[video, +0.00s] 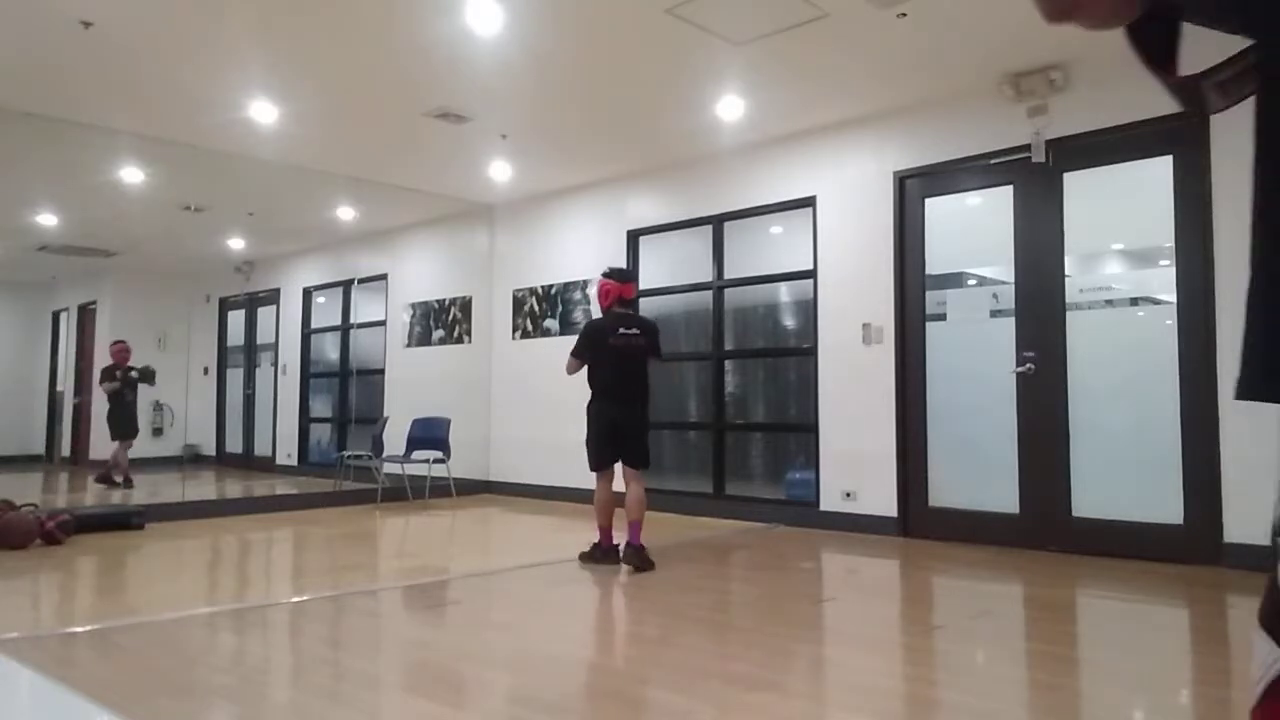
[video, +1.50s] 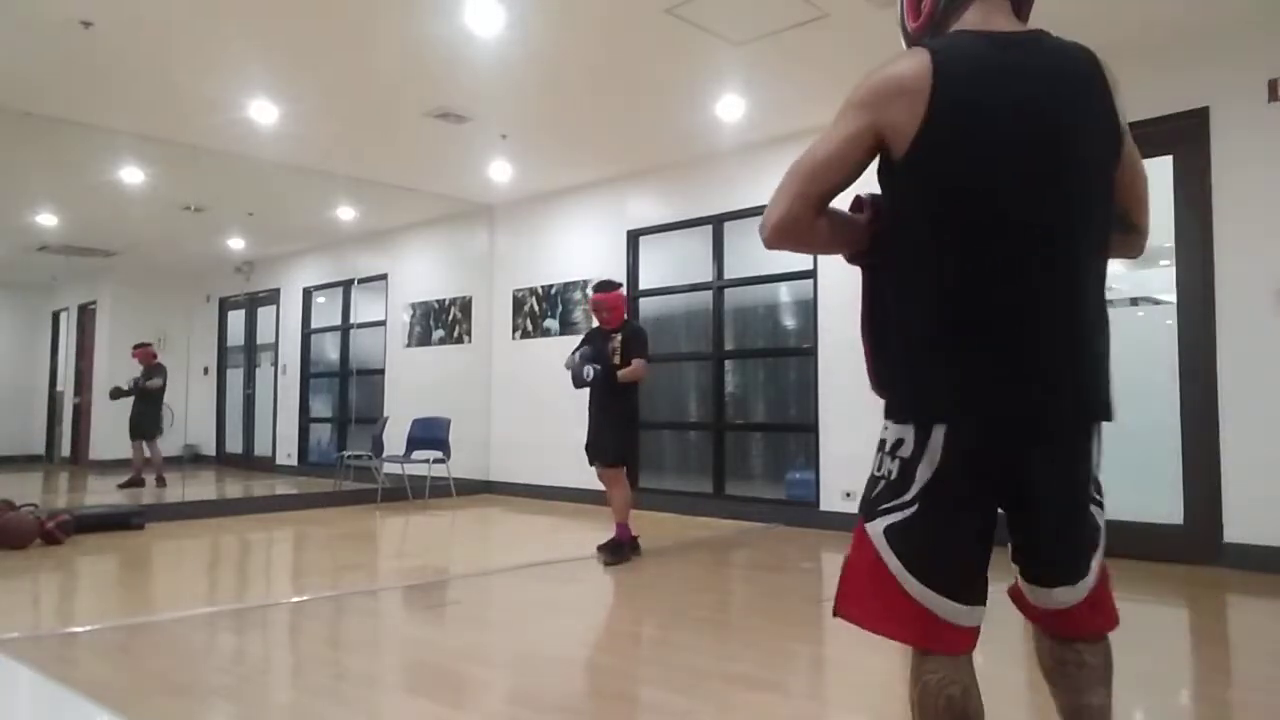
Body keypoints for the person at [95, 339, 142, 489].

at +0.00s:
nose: (124, 355)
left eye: (126, 351)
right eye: (120, 352)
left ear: (130, 353)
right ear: (112, 355)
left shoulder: (132, 371)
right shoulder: (108, 371)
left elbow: (148, 379)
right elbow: (106, 388)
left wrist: (147, 374)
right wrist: (123, 381)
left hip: (130, 411)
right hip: (117, 411)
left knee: (127, 443)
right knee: (124, 443)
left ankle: (106, 473)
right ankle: (126, 476)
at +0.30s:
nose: (135, 359)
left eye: (136, 356)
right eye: (132, 356)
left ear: (139, 356)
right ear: (123, 357)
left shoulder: (144, 370)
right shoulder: (115, 371)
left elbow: (163, 380)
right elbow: (114, 387)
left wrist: (153, 385)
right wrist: (124, 379)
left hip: (142, 411)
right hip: (124, 412)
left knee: (153, 438)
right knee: (125, 445)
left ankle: (146, 470)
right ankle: (126, 477)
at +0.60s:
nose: (136, 361)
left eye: (140, 357)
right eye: (134, 357)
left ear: (147, 356)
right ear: (132, 357)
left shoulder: (158, 369)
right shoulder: (128, 371)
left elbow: (174, 381)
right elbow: (121, 390)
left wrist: (158, 389)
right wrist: (128, 379)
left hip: (151, 413)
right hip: (132, 413)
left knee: (154, 444)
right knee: (130, 445)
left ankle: (160, 475)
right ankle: (127, 478)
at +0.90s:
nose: (143, 362)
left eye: (145, 359)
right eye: (142, 359)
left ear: (154, 357)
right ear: (143, 358)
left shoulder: (168, 369)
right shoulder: (144, 371)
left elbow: (175, 382)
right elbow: (140, 388)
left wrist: (158, 393)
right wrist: (130, 389)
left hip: (160, 412)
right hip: (143, 411)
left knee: (160, 444)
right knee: (135, 444)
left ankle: (161, 476)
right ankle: (129, 478)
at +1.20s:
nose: (145, 362)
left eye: (146, 358)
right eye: (143, 359)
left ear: (155, 355)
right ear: (149, 358)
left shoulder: (168, 369)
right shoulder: (151, 372)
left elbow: (168, 385)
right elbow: (149, 391)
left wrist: (149, 395)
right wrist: (135, 391)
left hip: (161, 411)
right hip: (146, 410)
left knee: (159, 442)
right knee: (135, 441)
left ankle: (161, 476)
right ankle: (134, 476)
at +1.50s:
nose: (139, 361)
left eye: (140, 357)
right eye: (137, 358)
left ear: (148, 355)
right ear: (142, 357)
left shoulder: (159, 369)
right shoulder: (145, 372)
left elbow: (157, 384)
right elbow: (137, 389)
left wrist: (139, 384)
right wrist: (121, 392)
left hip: (151, 413)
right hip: (137, 413)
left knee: (151, 444)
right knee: (136, 444)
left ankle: (159, 476)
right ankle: (137, 476)